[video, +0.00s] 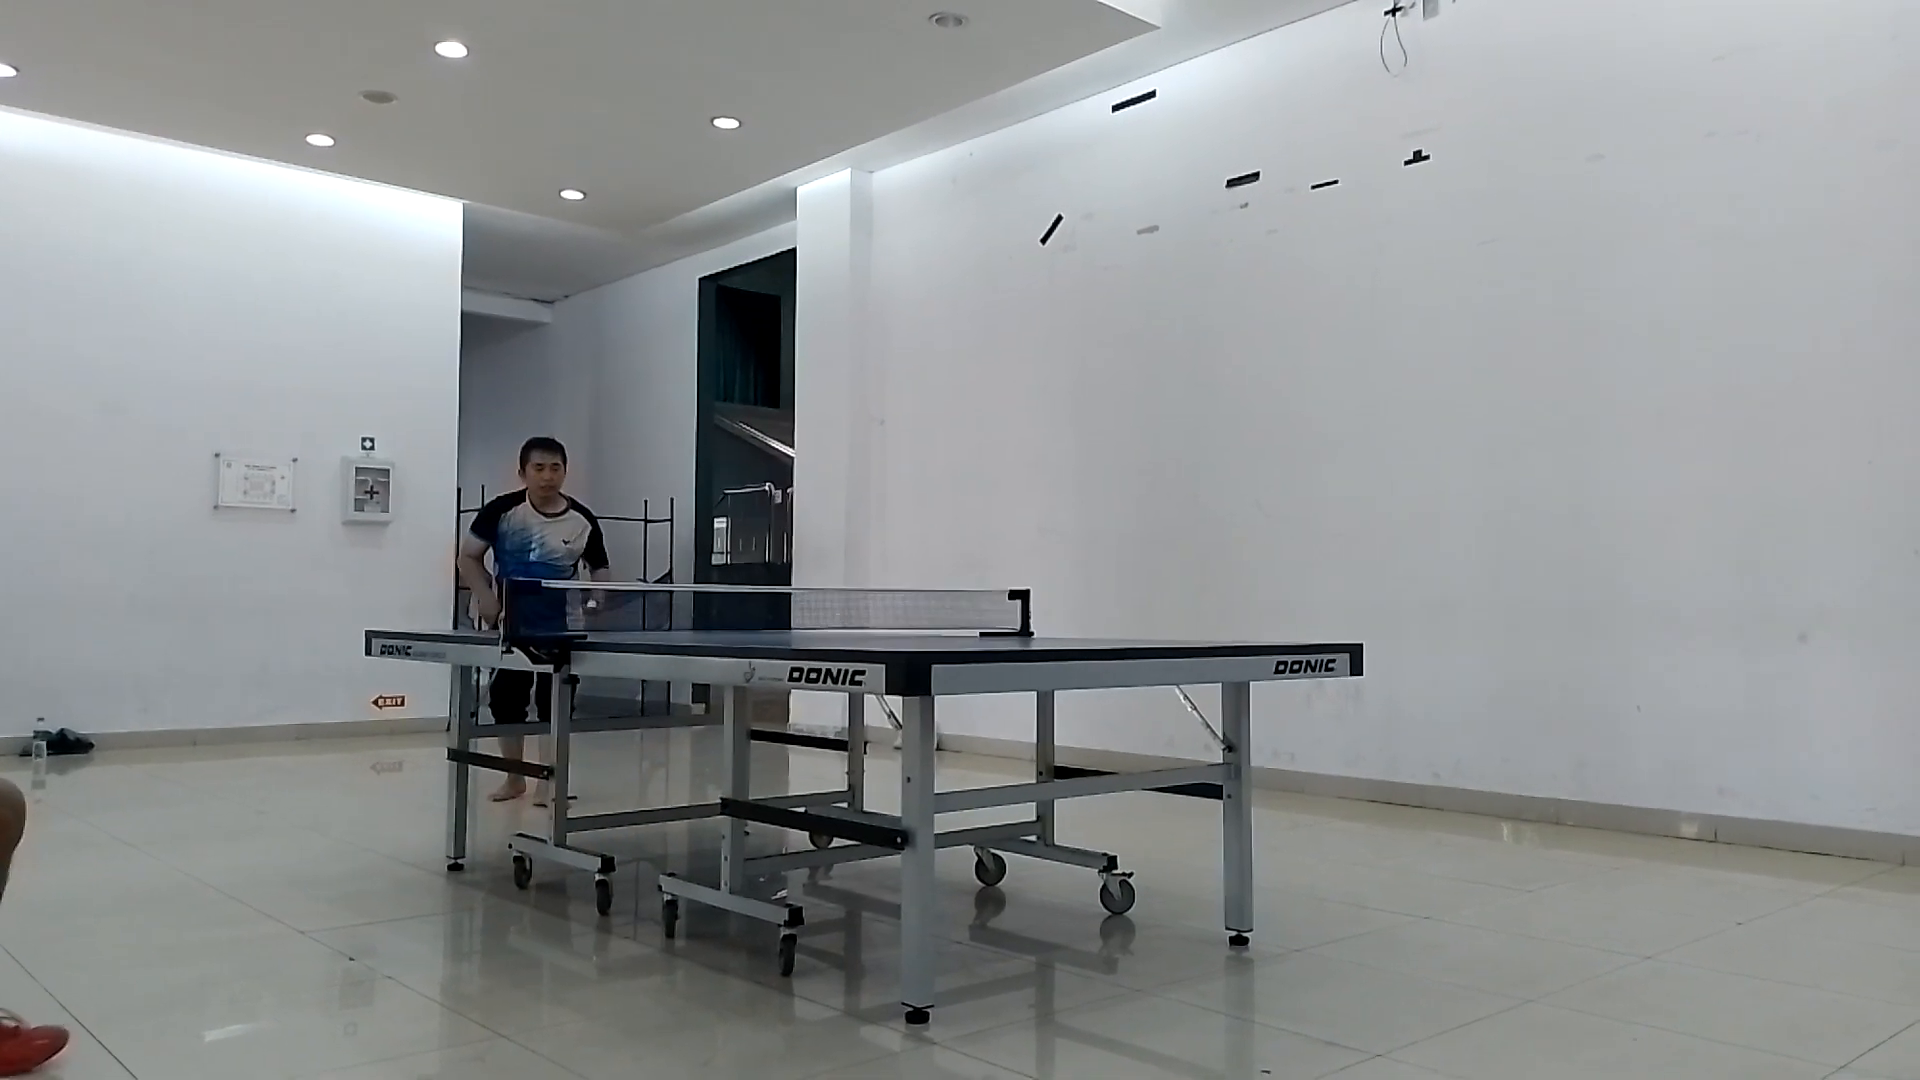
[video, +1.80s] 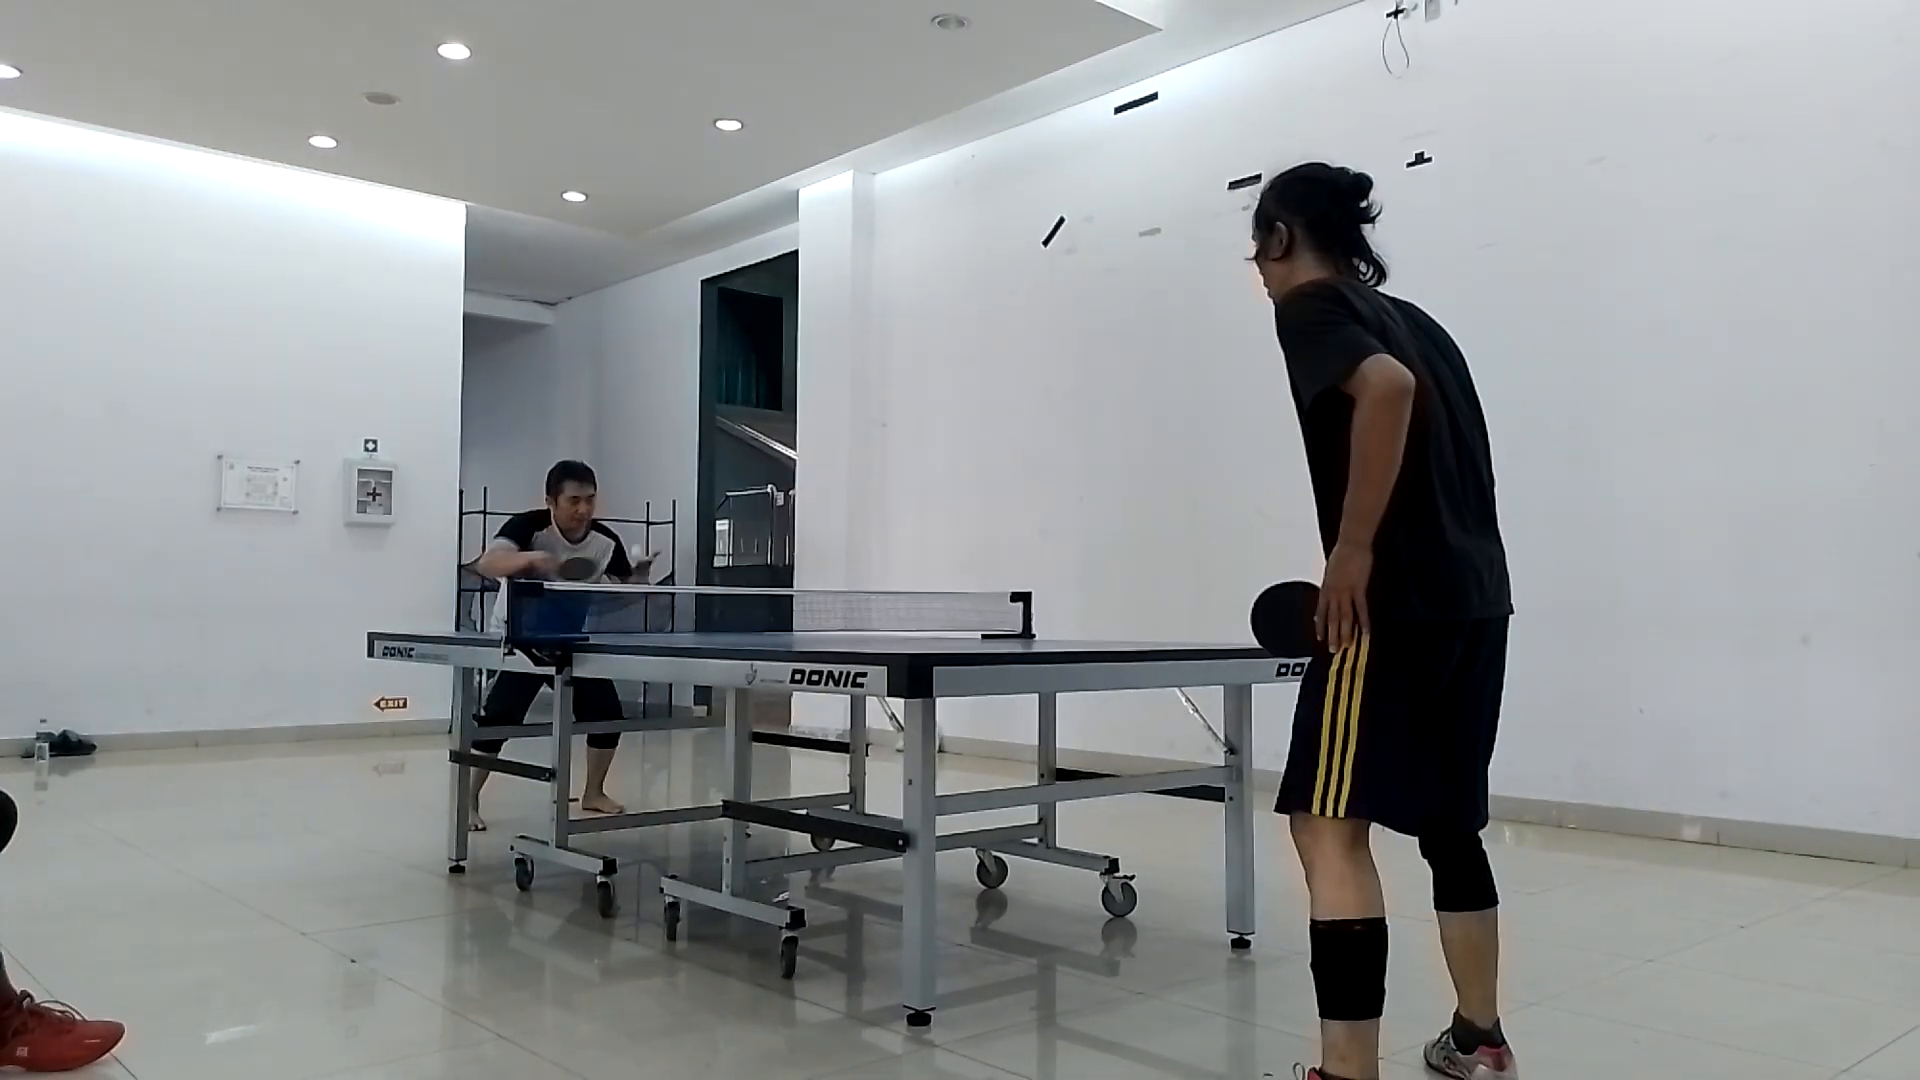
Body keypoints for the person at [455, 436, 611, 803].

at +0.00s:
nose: (548, 476)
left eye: (555, 468)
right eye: (539, 468)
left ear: (565, 471)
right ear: (523, 472)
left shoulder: (582, 519)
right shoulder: (500, 510)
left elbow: (602, 575)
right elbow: (468, 558)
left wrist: (599, 605)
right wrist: (485, 597)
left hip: (561, 626)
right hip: (513, 624)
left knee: (554, 705)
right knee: (504, 698)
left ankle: (551, 783)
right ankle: (515, 777)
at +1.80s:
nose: (583, 510)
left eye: (589, 501)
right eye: (574, 501)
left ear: (596, 500)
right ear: (552, 500)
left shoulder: (606, 540)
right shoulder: (528, 525)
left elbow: (628, 587)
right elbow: (487, 563)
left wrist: (641, 574)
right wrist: (531, 561)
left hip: (575, 649)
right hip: (524, 648)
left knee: (609, 718)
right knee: (495, 724)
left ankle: (593, 794)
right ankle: (468, 799)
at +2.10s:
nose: (575, 507)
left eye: (580, 497)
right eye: (566, 498)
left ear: (585, 495)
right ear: (542, 496)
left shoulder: (587, 533)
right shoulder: (518, 518)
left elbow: (615, 581)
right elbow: (536, 558)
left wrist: (646, 588)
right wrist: (583, 538)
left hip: (567, 645)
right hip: (517, 645)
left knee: (601, 714)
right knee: (495, 726)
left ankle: (591, 793)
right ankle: (466, 799)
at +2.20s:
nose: (578, 503)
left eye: (584, 494)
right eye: (569, 494)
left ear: (590, 493)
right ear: (546, 493)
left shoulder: (592, 533)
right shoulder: (521, 514)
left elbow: (610, 581)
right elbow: (516, 545)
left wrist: (643, 596)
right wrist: (575, 554)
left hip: (568, 644)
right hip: (516, 643)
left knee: (603, 713)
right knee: (495, 724)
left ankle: (592, 791)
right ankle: (468, 796)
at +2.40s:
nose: (579, 497)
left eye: (585, 489)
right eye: (570, 488)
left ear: (592, 488)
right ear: (549, 487)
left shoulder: (595, 534)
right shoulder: (525, 511)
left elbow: (604, 591)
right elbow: (482, 536)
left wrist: (627, 619)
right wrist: (490, 553)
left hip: (574, 645)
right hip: (524, 643)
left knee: (602, 714)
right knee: (491, 722)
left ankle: (592, 790)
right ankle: (467, 793)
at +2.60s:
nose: (581, 492)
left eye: (588, 484)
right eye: (572, 483)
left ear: (595, 486)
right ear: (551, 484)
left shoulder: (602, 534)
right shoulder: (523, 513)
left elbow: (606, 595)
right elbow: (474, 550)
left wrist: (616, 625)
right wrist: (472, 576)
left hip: (573, 642)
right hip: (520, 638)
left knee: (600, 711)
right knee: (483, 717)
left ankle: (593, 791)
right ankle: (458, 793)